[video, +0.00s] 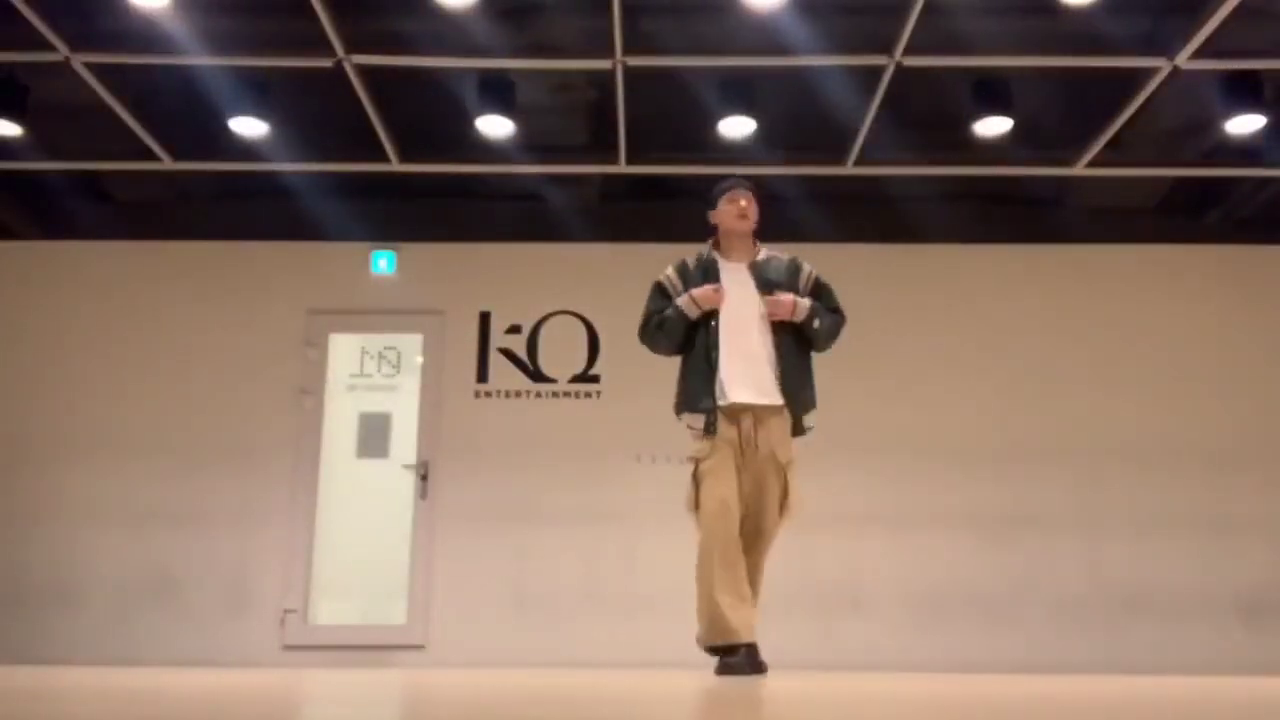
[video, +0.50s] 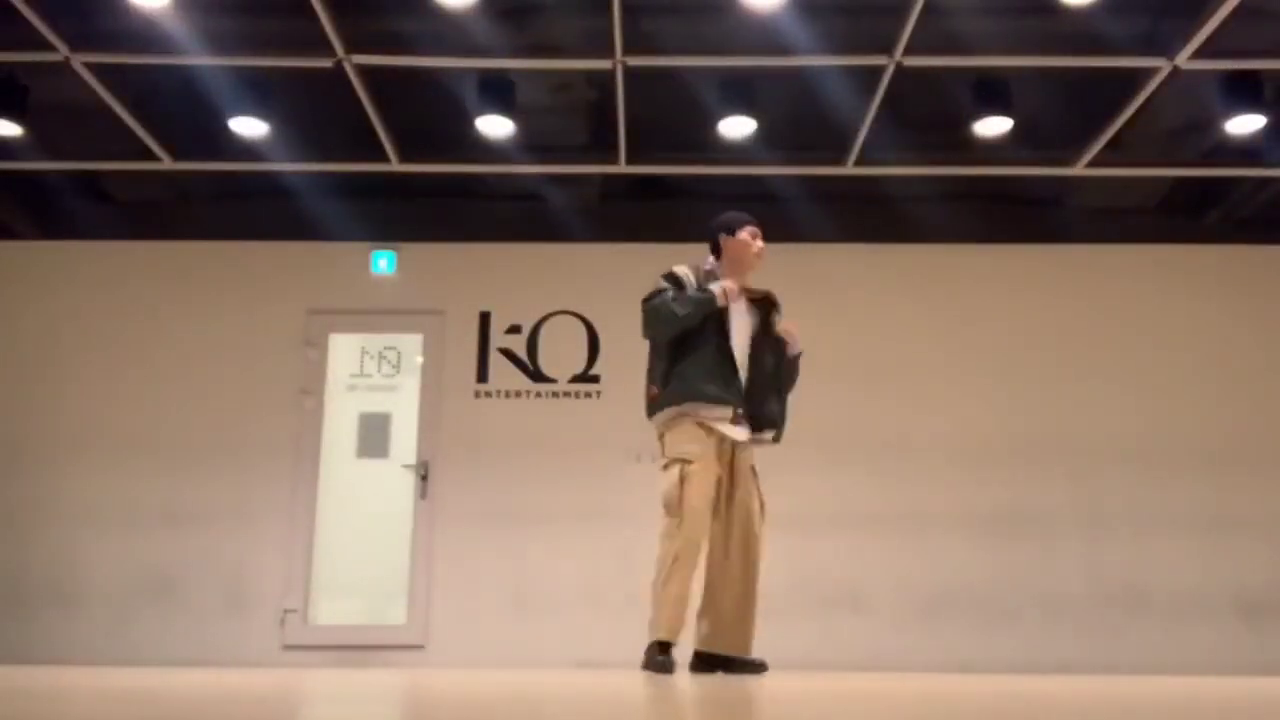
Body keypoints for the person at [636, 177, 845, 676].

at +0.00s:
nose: (742, 205)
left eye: (748, 199)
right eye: (731, 200)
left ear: (759, 214)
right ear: (713, 217)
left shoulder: (792, 271)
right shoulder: (685, 275)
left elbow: (831, 327)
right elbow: (655, 337)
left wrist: (802, 312)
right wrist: (689, 306)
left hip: (773, 416)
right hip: (715, 416)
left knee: (760, 527)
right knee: (719, 520)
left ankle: (727, 630)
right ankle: (735, 641)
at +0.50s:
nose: (760, 243)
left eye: (761, 237)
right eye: (750, 235)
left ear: (755, 251)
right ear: (722, 243)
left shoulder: (760, 308)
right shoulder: (684, 284)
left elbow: (773, 387)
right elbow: (659, 323)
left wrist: (788, 353)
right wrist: (714, 294)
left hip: (739, 431)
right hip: (690, 423)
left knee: (741, 536)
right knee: (688, 525)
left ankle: (720, 649)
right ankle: (662, 641)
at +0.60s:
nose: (751, 244)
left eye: (752, 238)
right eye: (742, 236)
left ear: (741, 248)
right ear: (715, 241)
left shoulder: (735, 307)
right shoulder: (684, 277)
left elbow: (730, 373)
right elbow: (655, 330)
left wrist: (764, 377)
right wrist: (723, 338)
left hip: (728, 432)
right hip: (684, 424)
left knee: (736, 537)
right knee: (682, 525)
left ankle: (718, 648)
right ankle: (646, 634)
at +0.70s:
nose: (740, 247)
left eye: (740, 239)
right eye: (733, 237)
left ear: (719, 243)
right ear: (706, 239)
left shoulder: (720, 299)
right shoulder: (672, 281)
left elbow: (723, 364)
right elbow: (661, 349)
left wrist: (739, 393)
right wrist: (702, 386)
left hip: (718, 430)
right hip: (674, 426)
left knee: (725, 536)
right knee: (672, 530)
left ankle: (714, 647)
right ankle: (636, 632)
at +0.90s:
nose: (715, 253)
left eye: (714, 246)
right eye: (708, 244)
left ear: (690, 250)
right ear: (680, 246)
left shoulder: (700, 312)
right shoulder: (640, 299)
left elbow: (701, 379)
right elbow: (625, 370)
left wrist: (716, 408)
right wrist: (631, 435)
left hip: (695, 449)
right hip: (650, 446)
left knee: (722, 536)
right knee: (645, 546)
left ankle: (715, 647)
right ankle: (627, 644)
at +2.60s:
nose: (702, 200)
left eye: (711, 194)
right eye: (693, 195)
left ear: (726, 211)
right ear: (680, 213)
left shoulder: (758, 274)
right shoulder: (651, 274)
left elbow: (779, 344)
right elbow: (628, 344)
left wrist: (764, 402)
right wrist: (630, 395)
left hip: (733, 422)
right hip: (670, 420)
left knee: (723, 535)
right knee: (669, 513)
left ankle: (708, 645)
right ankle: (647, 625)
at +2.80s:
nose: (683, 202)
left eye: (692, 195)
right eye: (675, 197)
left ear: (710, 207)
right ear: (664, 213)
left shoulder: (748, 266)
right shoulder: (643, 274)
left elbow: (793, 307)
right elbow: (607, 325)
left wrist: (787, 335)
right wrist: (590, 351)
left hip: (730, 420)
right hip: (667, 419)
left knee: (719, 530)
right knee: (663, 516)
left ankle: (707, 644)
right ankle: (664, 642)